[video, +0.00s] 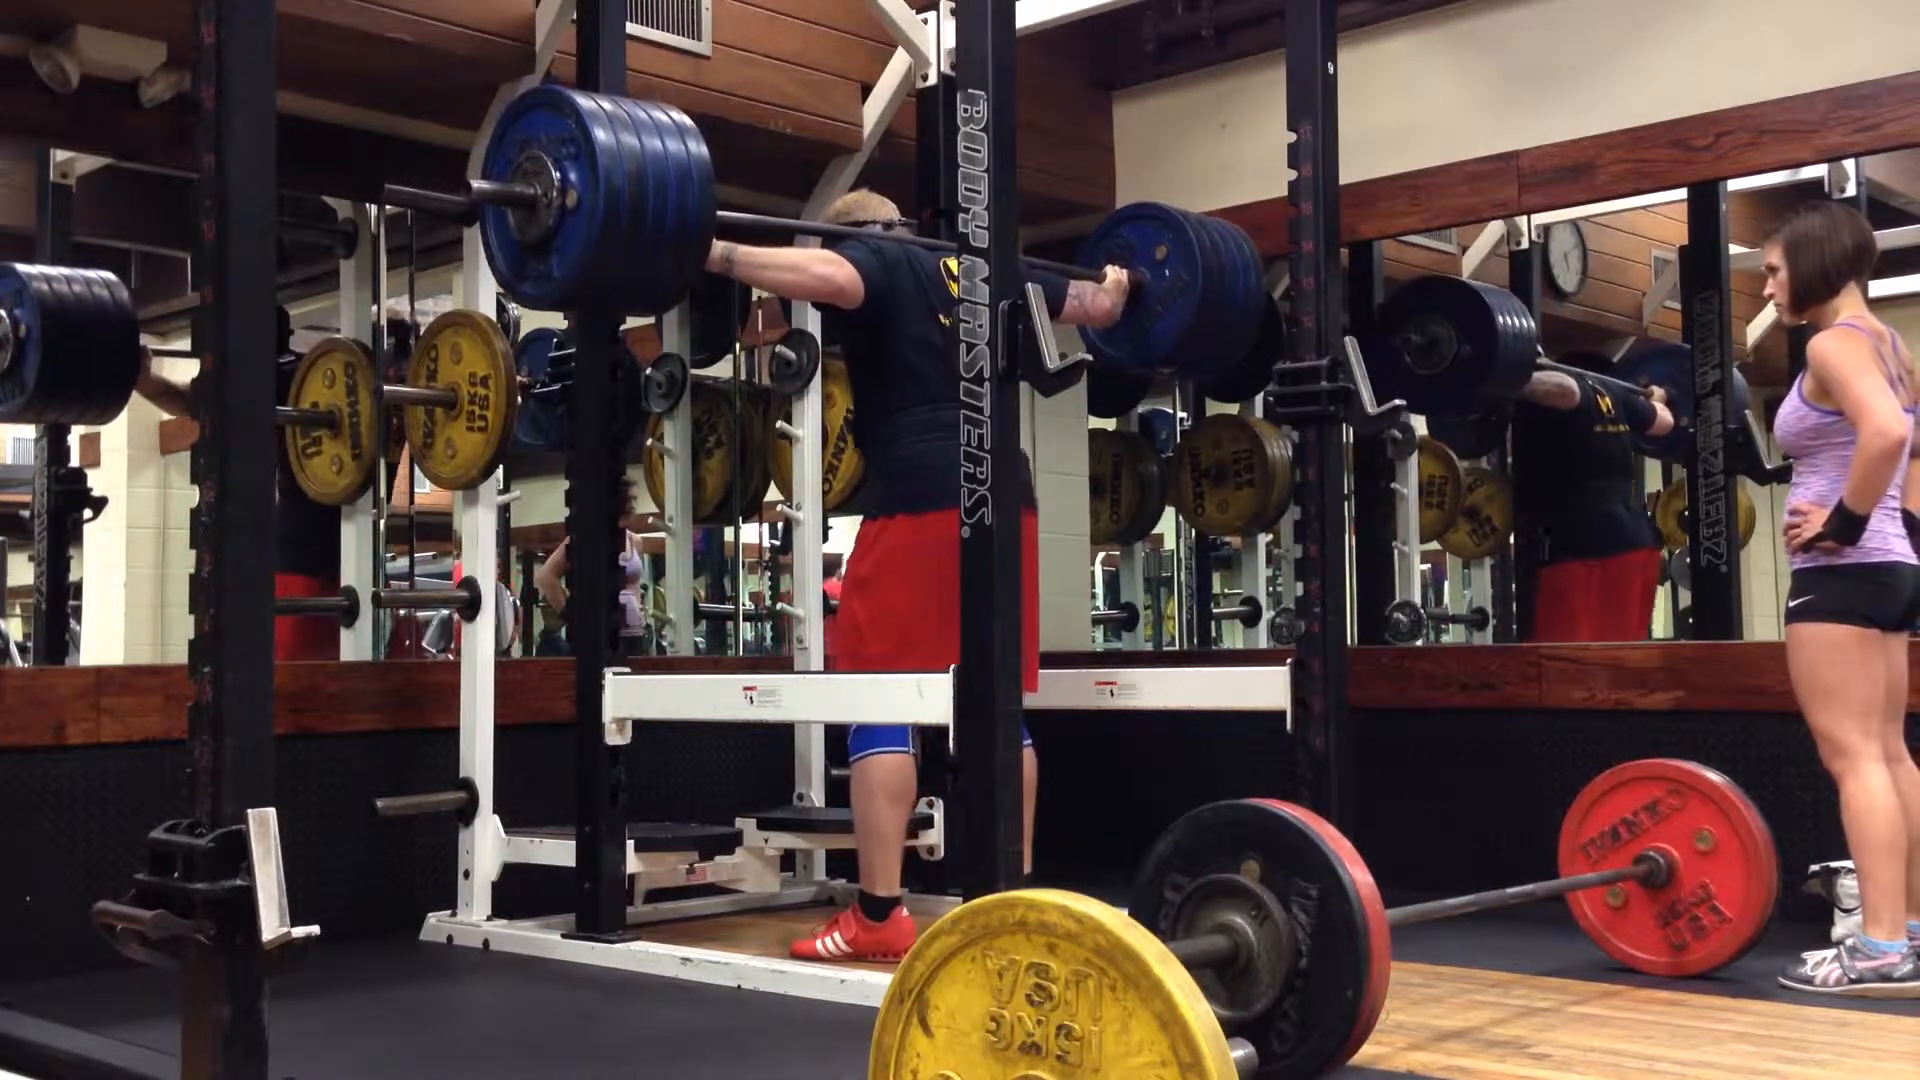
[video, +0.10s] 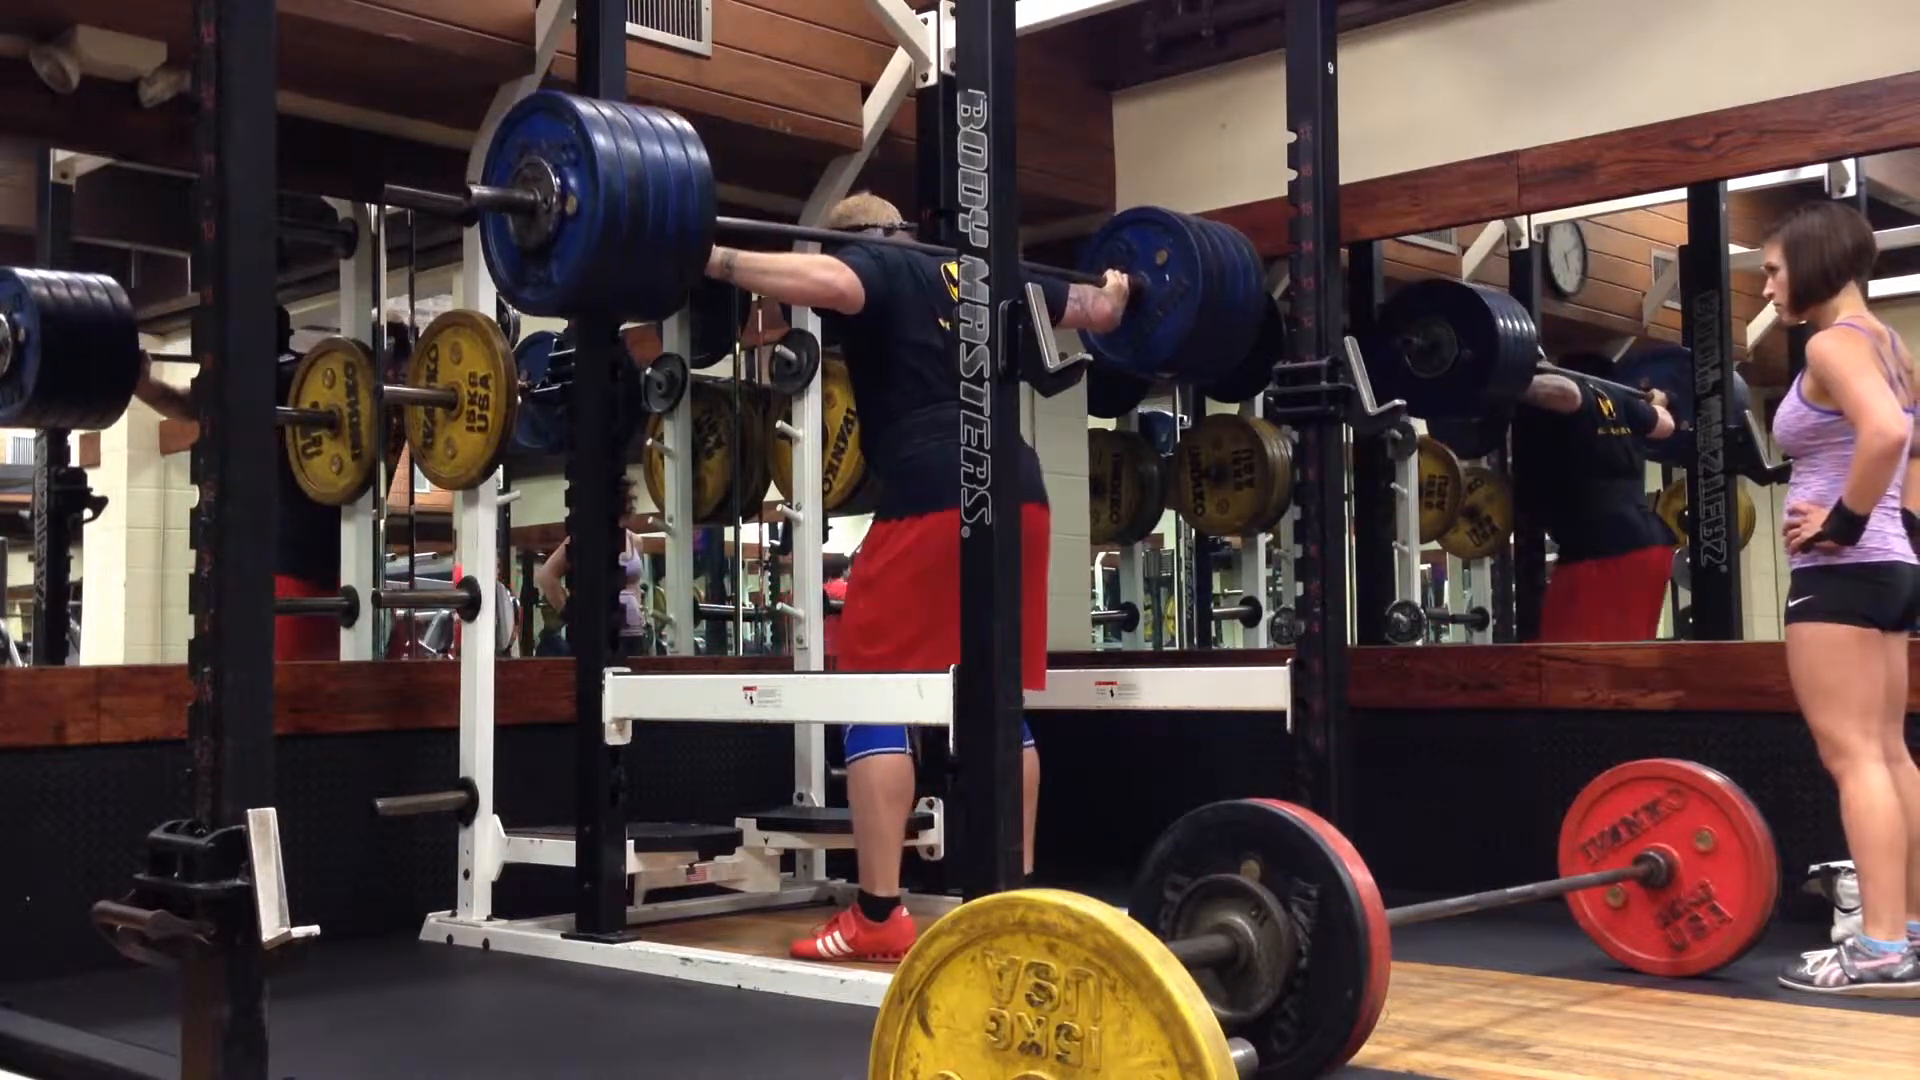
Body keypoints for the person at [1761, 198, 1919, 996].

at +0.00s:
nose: (1766, 283)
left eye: (1772, 267)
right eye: (1766, 267)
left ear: (1807, 265)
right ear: (1848, 264)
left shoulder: (1832, 344)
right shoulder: (1882, 342)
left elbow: (1885, 432)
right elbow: (1907, 444)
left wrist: (1842, 519)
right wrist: (1892, 516)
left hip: (1842, 574)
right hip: (1887, 569)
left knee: (1855, 758)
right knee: (1888, 750)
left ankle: (1882, 942)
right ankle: (1902, 927)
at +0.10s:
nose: (1766, 284)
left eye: (1772, 267)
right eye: (1765, 268)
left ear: (1806, 265)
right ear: (1848, 264)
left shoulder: (1831, 344)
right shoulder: (1881, 341)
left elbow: (1885, 432)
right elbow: (1907, 442)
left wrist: (1842, 519)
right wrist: (1893, 517)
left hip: (1841, 574)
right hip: (1886, 569)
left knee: (1855, 757)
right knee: (1888, 750)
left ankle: (1883, 942)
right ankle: (1901, 927)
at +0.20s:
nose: (1765, 281)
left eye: (1771, 266)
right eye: (1764, 266)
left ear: (1806, 264)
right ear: (1846, 263)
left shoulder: (1830, 343)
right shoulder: (1881, 341)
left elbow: (1884, 432)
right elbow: (1907, 443)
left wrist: (1841, 520)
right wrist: (1894, 518)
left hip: (1840, 573)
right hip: (1887, 569)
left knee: (1855, 757)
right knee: (1887, 749)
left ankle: (1882, 942)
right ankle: (1902, 927)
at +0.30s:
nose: (1764, 280)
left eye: (1770, 265)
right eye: (1763, 265)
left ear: (1805, 264)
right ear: (1845, 263)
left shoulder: (1829, 343)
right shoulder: (1880, 341)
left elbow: (1883, 432)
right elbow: (1907, 442)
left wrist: (1840, 520)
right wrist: (1895, 519)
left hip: (1840, 573)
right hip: (1887, 568)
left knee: (1855, 757)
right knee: (1887, 750)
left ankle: (1882, 942)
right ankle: (1902, 927)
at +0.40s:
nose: (1763, 282)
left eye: (1769, 267)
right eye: (1762, 267)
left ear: (1803, 265)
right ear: (1844, 264)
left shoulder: (1829, 343)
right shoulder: (1879, 341)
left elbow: (1882, 431)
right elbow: (1906, 444)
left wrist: (1840, 521)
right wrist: (1894, 519)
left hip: (1840, 574)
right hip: (1886, 569)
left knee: (1855, 758)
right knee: (1887, 750)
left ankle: (1882, 942)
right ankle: (1901, 927)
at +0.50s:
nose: (1762, 284)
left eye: (1768, 267)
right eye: (1761, 268)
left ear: (1803, 265)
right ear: (1843, 264)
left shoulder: (1828, 342)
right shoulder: (1878, 340)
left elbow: (1881, 431)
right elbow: (1906, 448)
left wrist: (1839, 521)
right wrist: (1893, 522)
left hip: (1839, 574)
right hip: (1885, 569)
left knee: (1855, 758)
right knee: (1887, 750)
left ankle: (1883, 942)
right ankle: (1901, 927)